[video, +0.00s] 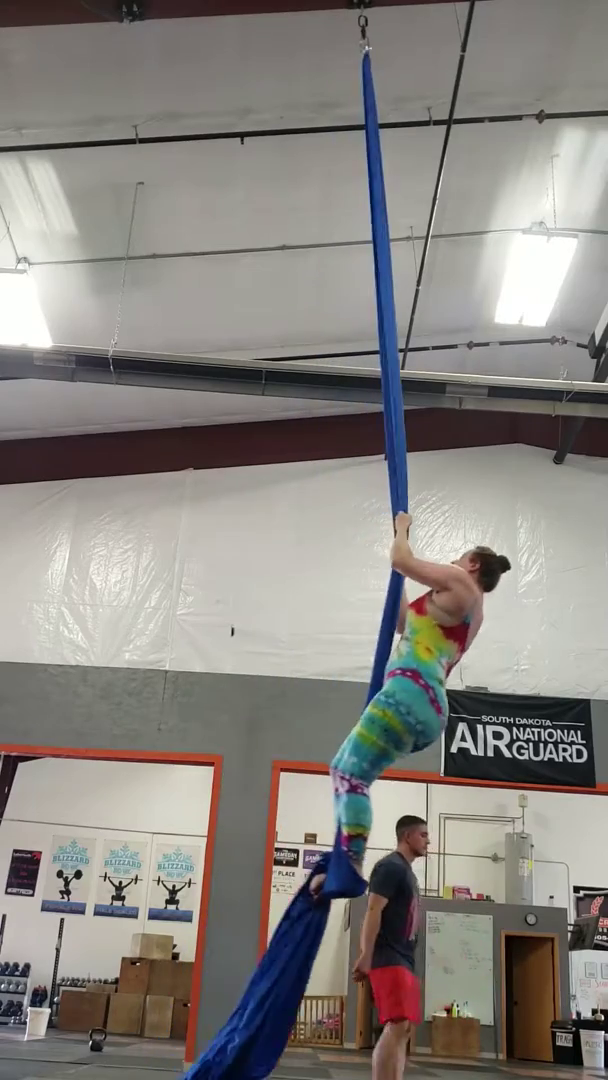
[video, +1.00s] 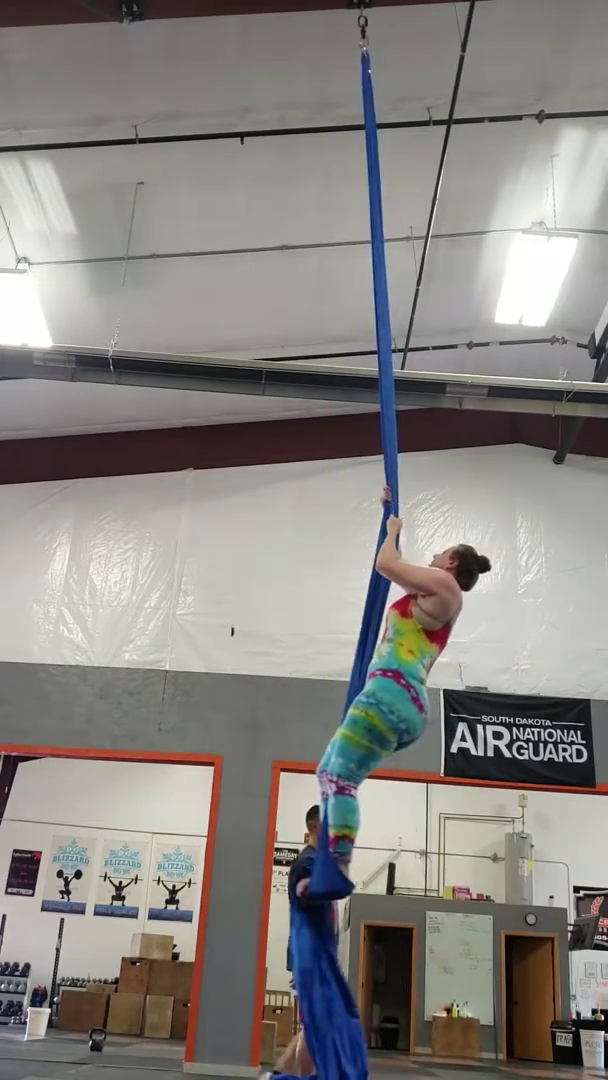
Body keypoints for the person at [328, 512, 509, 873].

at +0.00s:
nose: (456, 560)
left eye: (463, 556)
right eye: (462, 556)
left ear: (473, 563)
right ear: (482, 573)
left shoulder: (461, 582)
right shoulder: (473, 609)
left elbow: (402, 560)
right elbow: (406, 623)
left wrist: (402, 530)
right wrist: (396, 577)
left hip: (410, 692)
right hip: (431, 709)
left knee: (348, 771)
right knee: (352, 774)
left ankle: (348, 868)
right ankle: (348, 865)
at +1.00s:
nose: (435, 556)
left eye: (441, 553)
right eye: (439, 553)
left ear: (450, 562)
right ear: (459, 569)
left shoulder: (445, 586)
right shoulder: (439, 591)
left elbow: (386, 565)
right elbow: (391, 563)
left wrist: (392, 532)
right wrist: (390, 513)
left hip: (391, 692)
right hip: (405, 702)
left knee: (339, 776)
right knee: (332, 774)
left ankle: (335, 871)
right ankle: (332, 867)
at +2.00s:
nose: (300, 573)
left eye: (307, 573)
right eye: (304, 573)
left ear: (311, 583)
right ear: (317, 594)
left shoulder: (296, 596)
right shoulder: (299, 616)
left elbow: (277, 538)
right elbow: (268, 565)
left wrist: (276, 501)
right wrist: (277, 516)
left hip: (240, 696)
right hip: (257, 712)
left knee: (184, 773)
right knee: (179, 771)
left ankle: (176, 865)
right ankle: (173, 861)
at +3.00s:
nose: (292, 564)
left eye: (302, 562)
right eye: (298, 558)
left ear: (309, 573)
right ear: (300, 571)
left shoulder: (298, 592)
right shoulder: (272, 592)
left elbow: (275, 537)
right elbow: (261, 548)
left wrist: (279, 498)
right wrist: (266, 503)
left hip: (250, 696)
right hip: (234, 693)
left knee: (203, 779)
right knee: (187, 777)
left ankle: (204, 870)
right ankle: (195, 867)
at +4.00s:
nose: (392, 560)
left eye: (400, 554)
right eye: (389, 554)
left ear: (419, 564)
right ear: (390, 563)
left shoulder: (423, 594)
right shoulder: (388, 601)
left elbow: (400, 530)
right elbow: (380, 543)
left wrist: (390, 486)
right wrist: (377, 500)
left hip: (401, 691)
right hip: (375, 692)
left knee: (364, 774)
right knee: (340, 775)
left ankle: (378, 870)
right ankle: (361, 867)